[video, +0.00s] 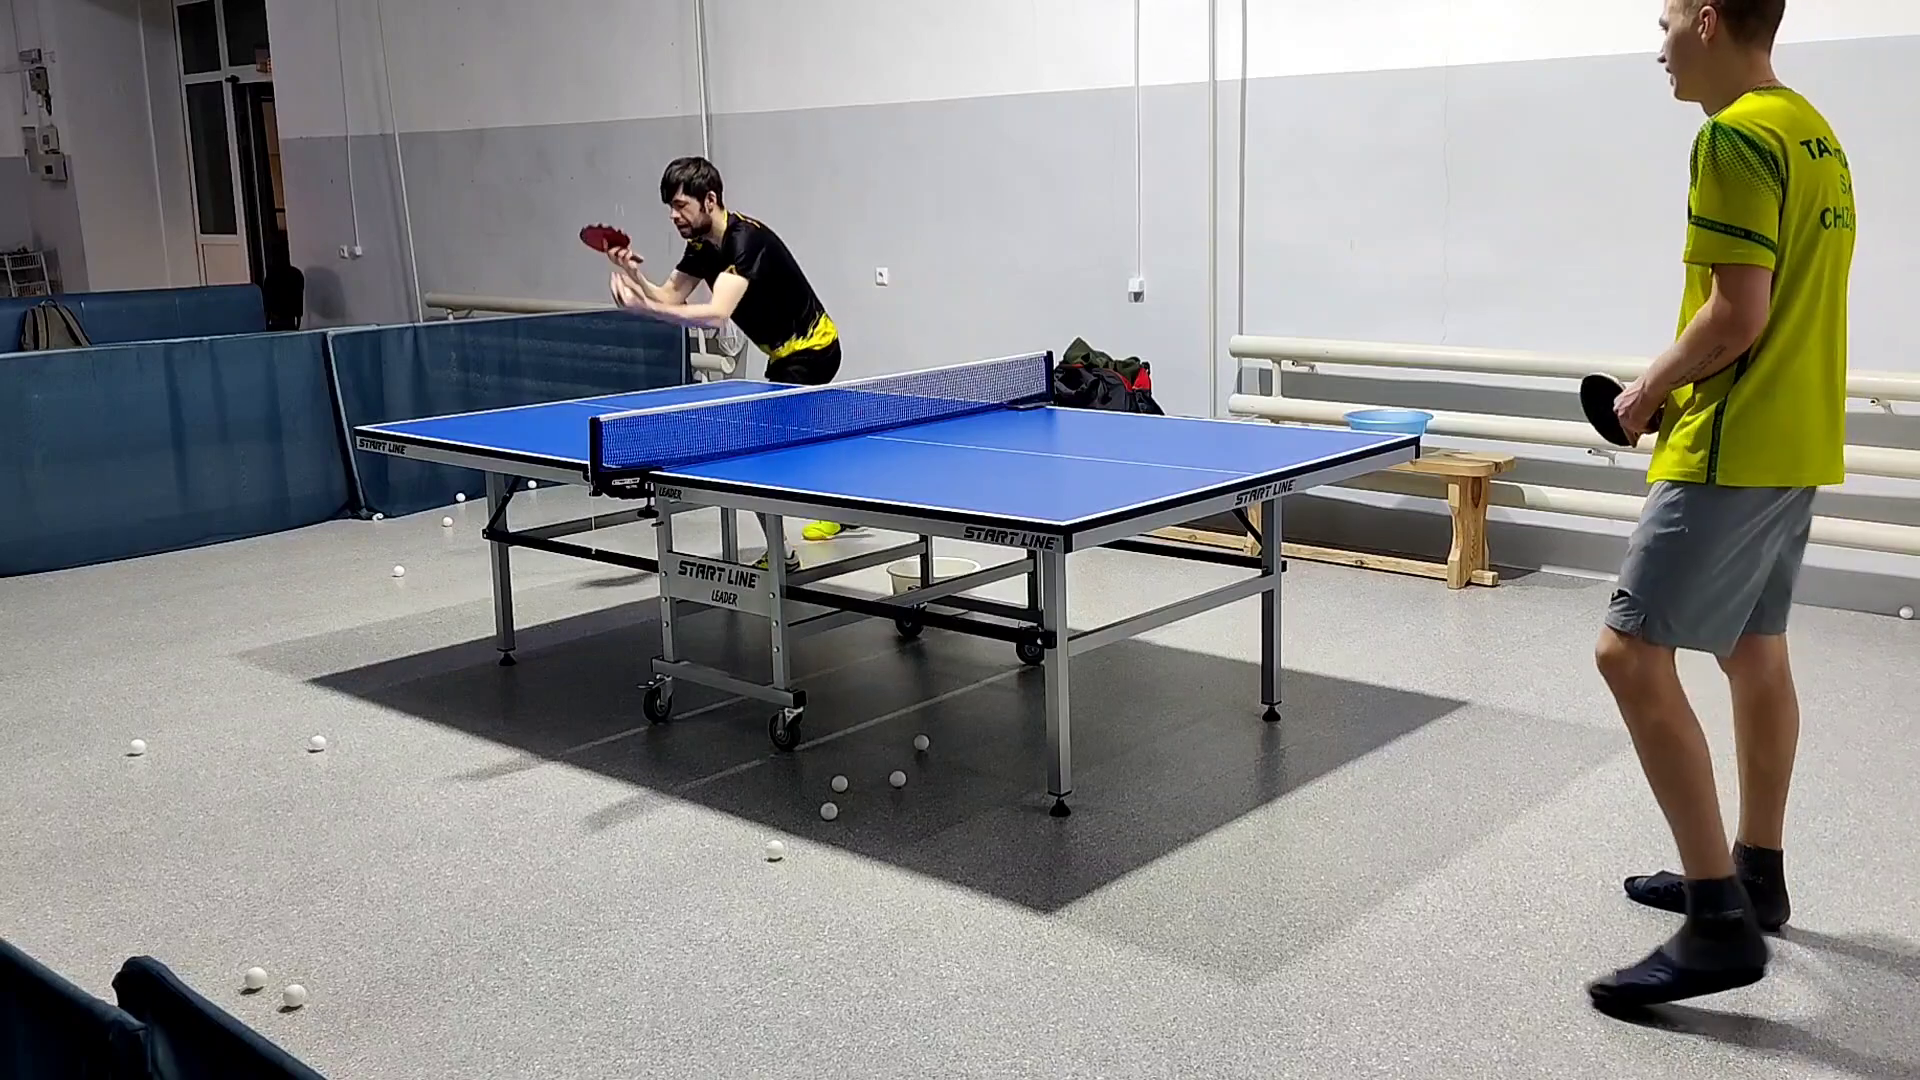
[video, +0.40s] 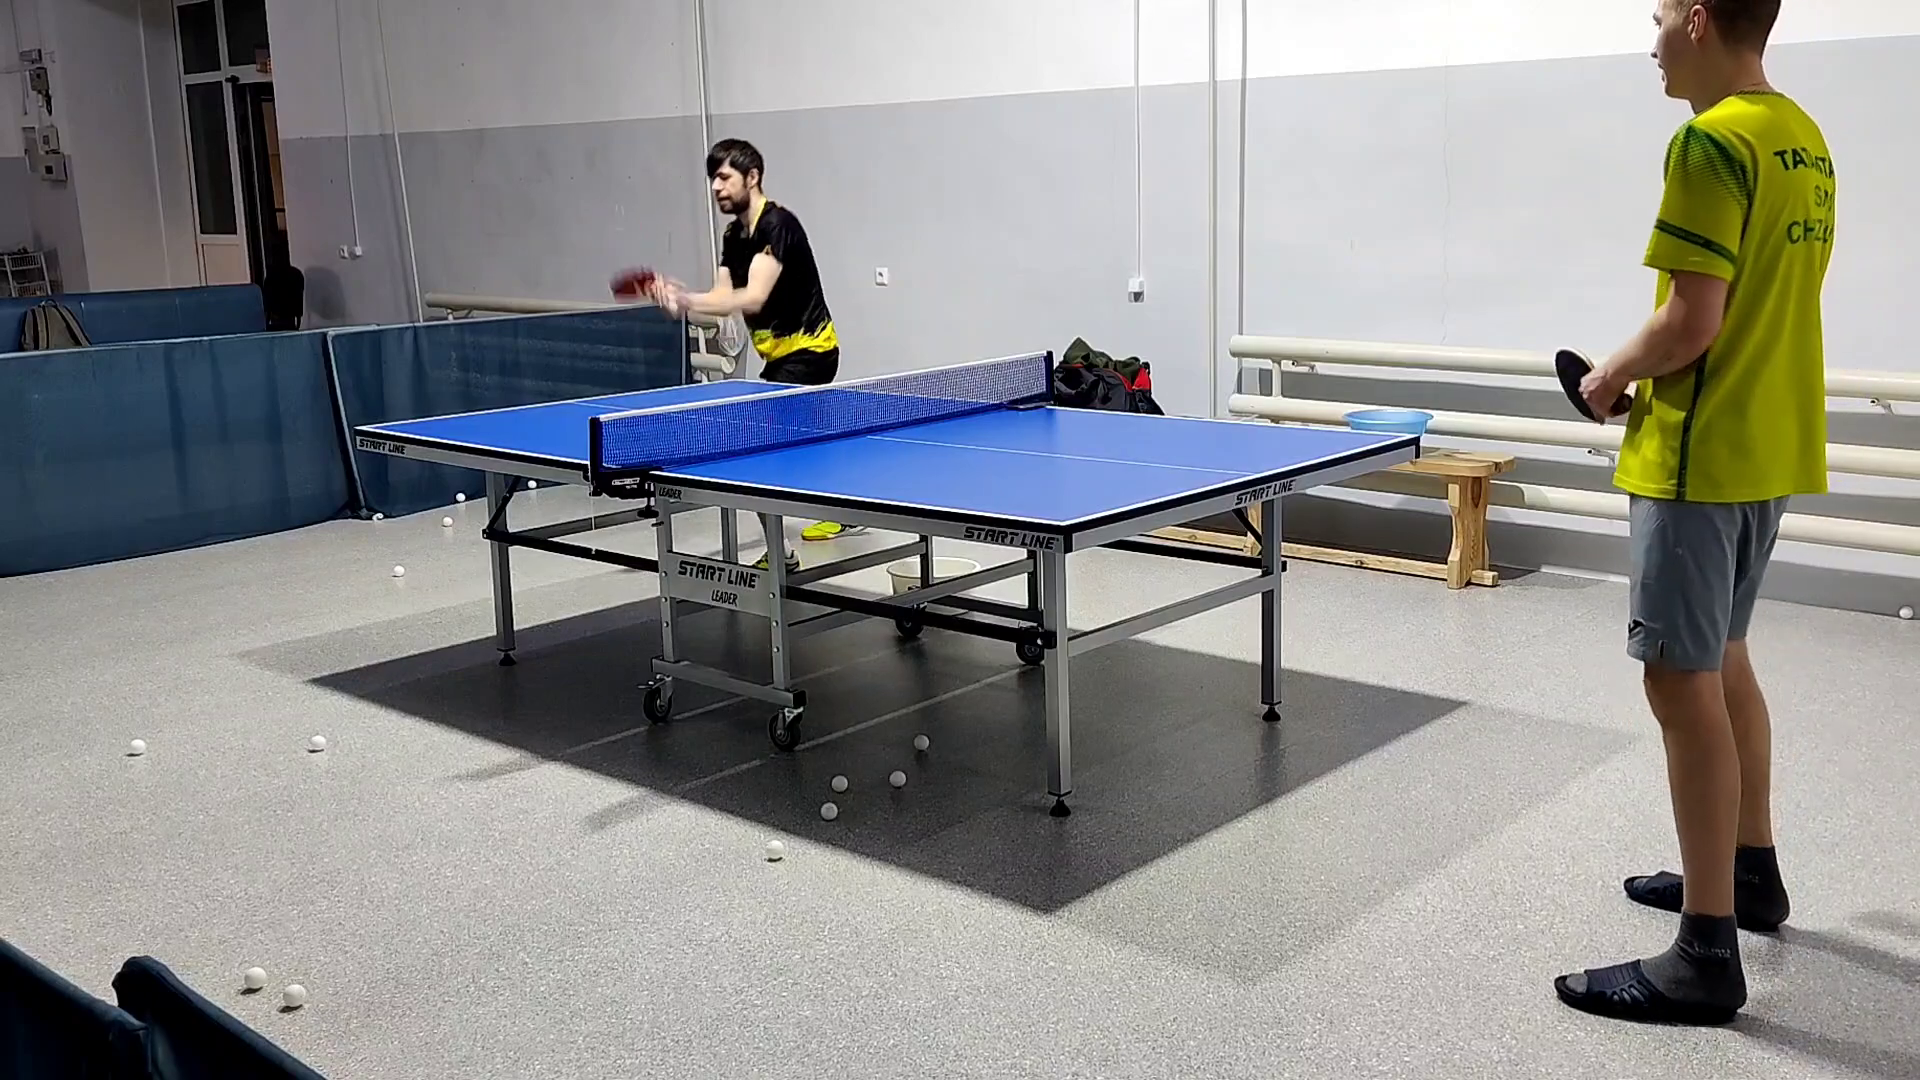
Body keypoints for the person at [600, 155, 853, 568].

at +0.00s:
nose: (674, 216)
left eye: (680, 206)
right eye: (671, 207)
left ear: (710, 200)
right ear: (698, 204)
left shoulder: (746, 239)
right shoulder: (700, 242)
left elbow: (718, 313)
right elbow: (670, 298)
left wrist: (646, 308)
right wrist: (634, 274)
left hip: (811, 350)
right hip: (782, 353)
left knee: (754, 446)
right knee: (798, 437)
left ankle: (778, 551)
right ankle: (844, 508)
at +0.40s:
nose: (717, 187)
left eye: (725, 178)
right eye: (713, 179)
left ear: (753, 177)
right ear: (713, 185)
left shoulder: (779, 223)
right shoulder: (733, 235)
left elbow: (754, 298)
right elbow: (721, 300)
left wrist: (692, 304)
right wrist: (680, 297)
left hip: (809, 351)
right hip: (777, 354)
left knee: (755, 439)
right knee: (801, 436)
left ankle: (778, 550)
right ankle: (841, 509)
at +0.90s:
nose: (725, 172)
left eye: (734, 163)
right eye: (724, 164)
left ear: (762, 169)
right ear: (731, 172)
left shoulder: (795, 209)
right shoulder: (754, 216)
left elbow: (842, 274)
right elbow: (761, 255)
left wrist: (822, 312)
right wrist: (702, 255)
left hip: (844, 324)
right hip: (806, 326)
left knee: (827, 410)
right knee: (791, 413)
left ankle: (863, 519)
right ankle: (838, 511)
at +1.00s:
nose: (730, 191)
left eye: (737, 182)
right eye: (728, 183)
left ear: (766, 184)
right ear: (738, 187)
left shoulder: (803, 224)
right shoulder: (755, 224)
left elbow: (854, 285)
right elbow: (754, 251)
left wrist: (849, 336)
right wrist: (692, 246)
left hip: (846, 334)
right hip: (809, 332)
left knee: (838, 423)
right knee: (792, 417)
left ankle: (861, 521)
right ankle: (839, 513)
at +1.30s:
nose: (796, 238)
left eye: (804, 230)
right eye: (789, 230)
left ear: (821, 223)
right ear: (779, 224)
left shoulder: (845, 249)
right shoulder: (771, 239)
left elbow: (878, 312)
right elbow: (728, 295)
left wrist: (887, 377)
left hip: (848, 337)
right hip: (799, 338)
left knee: (848, 421)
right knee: (790, 418)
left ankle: (860, 522)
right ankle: (834, 512)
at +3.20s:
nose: (830, 205)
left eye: (835, 194)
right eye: (821, 198)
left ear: (847, 197)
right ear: (811, 206)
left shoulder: (867, 249)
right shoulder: (804, 242)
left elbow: (888, 321)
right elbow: (785, 207)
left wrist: (872, 298)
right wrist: (832, 154)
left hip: (860, 370)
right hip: (810, 370)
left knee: (895, 451)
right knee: (786, 452)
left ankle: (907, 556)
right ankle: (764, 533)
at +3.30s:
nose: (825, 195)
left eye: (830, 185)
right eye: (816, 189)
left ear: (842, 188)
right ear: (806, 197)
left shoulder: (864, 240)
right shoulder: (799, 235)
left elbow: (891, 309)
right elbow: (774, 206)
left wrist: (871, 291)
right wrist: (815, 147)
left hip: (859, 361)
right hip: (808, 362)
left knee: (909, 426)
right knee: (786, 437)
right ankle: (762, 531)